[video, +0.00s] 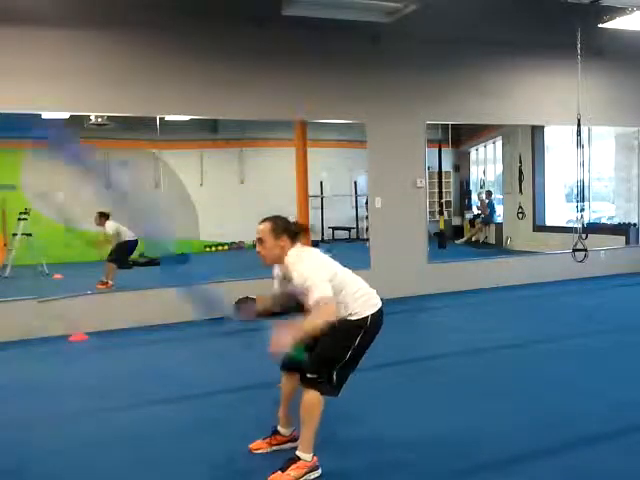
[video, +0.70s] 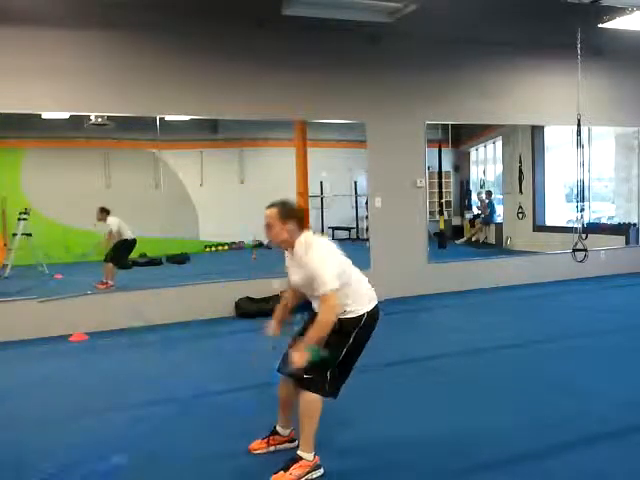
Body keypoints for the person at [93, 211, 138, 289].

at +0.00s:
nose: (95, 221)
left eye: (97, 218)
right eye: (96, 218)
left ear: (102, 219)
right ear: (104, 219)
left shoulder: (109, 225)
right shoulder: (109, 224)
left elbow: (111, 240)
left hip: (128, 241)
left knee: (112, 260)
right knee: (111, 260)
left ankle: (109, 282)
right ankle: (107, 280)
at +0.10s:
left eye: (98, 217)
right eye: (97, 217)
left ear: (103, 217)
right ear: (104, 217)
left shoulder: (111, 224)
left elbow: (115, 239)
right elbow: (110, 240)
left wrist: (111, 253)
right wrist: (107, 252)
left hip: (128, 240)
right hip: (126, 240)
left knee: (111, 261)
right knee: (110, 260)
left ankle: (109, 282)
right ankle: (106, 281)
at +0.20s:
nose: (105, 209)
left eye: (106, 206)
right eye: (105, 206)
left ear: (111, 206)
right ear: (112, 206)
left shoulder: (118, 212)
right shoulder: (116, 213)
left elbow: (119, 223)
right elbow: (114, 225)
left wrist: (105, 229)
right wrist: (102, 231)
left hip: (128, 238)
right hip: (125, 237)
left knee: (113, 259)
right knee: (111, 259)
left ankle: (110, 281)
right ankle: (107, 280)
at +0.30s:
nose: (112, 205)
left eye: (114, 202)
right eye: (112, 203)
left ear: (118, 202)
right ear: (113, 202)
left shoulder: (122, 209)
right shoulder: (120, 209)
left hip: (127, 236)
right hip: (123, 236)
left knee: (116, 259)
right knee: (115, 259)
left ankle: (111, 281)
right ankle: (108, 279)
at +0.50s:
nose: (100, 215)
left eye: (101, 212)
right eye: (100, 213)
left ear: (104, 211)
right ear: (108, 209)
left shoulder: (110, 217)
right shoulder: (113, 215)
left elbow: (117, 232)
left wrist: (114, 245)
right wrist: (115, 244)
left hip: (125, 239)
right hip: (130, 238)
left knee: (111, 260)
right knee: (114, 261)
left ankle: (107, 281)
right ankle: (108, 281)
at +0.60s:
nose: (94, 223)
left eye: (95, 220)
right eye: (94, 220)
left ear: (100, 220)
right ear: (101, 220)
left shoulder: (107, 226)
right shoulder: (106, 227)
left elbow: (111, 240)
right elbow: (105, 241)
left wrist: (104, 252)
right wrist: (99, 251)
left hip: (127, 242)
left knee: (109, 261)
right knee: (110, 261)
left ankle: (109, 282)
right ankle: (109, 282)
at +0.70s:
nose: (97, 216)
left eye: (99, 214)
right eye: (97, 214)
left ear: (103, 214)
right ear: (104, 214)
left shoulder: (111, 221)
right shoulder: (111, 221)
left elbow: (114, 234)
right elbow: (110, 235)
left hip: (126, 240)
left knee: (109, 260)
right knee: (110, 260)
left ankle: (108, 281)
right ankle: (108, 281)